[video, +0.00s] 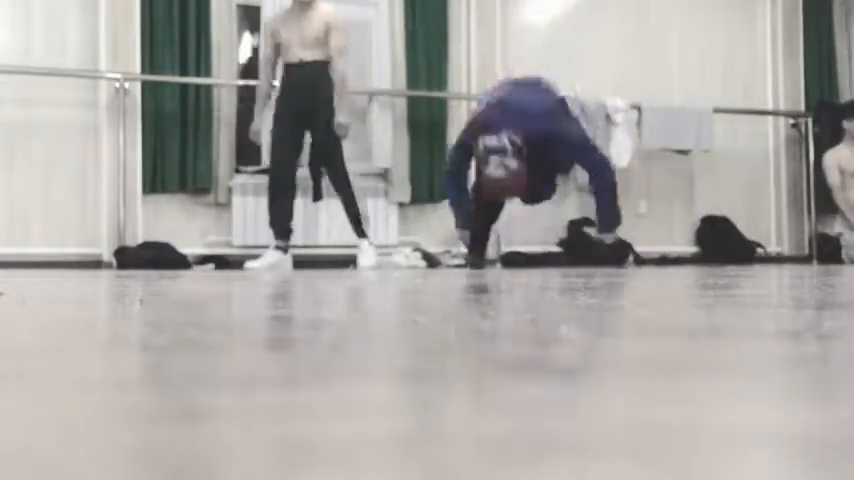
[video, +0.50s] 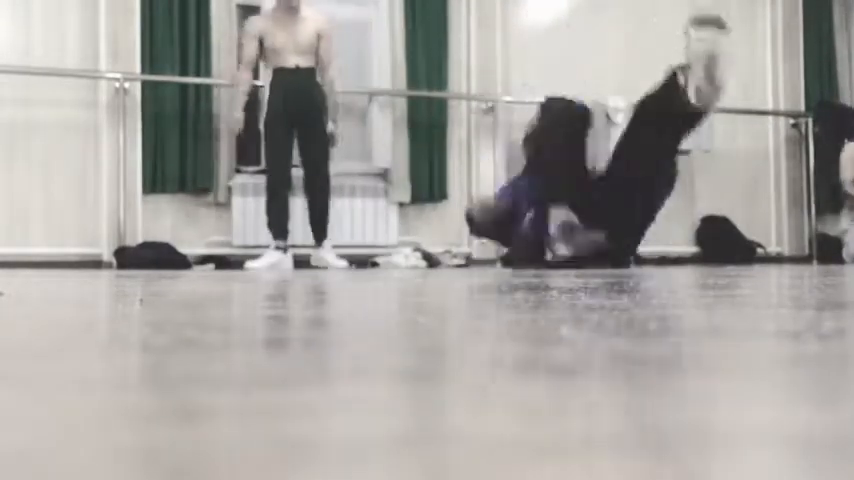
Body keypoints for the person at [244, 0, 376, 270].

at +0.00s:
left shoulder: (327, 17)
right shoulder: (275, 23)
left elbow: (339, 65)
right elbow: (266, 75)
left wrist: (343, 110)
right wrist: (258, 117)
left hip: (319, 82)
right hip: (290, 84)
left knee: (334, 164)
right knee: (280, 167)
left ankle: (363, 241)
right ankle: (280, 248)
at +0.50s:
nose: (292, 1)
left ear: (300, 0)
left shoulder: (318, 23)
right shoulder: (258, 24)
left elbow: (328, 71)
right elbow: (246, 69)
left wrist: (333, 118)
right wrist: (239, 112)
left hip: (311, 89)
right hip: (278, 89)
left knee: (317, 172)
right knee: (277, 173)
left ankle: (321, 247)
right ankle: (279, 248)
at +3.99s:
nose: (329, 6)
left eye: (332, 3)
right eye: (325, 1)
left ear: (332, 7)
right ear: (310, 2)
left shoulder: (337, 40)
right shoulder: (285, 29)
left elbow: (342, 84)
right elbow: (278, 75)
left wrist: (346, 126)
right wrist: (283, 119)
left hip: (328, 100)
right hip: (299, 97)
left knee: (324, 179)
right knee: (288, 177)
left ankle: (319, 250)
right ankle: (268, 248)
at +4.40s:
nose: (329, 6)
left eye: (331, 3)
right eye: (324, 1)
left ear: (331, 7)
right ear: (310, 2)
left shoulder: (336, 39)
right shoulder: (285, 31)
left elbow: (342, 84)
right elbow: (278, 77)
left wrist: (344, 127)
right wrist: (283, 120)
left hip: (328, 100)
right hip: (299, 96)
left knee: (325, 180)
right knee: (288, 178)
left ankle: (319, 250)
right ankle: (268, 248)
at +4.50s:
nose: (329, 6)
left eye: (331, 3)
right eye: (324, 1)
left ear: (330, 7)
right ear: (310, 2)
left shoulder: (336, 39)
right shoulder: (285, 31)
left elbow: (342, 84)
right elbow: (278, 77)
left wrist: (344, 127)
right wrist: (283, 120)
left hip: (328, 100)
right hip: (299, 96)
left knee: (325, 180)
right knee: (288, 177)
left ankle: (319, 250)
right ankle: (268, 248)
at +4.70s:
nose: (328, 5)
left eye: (331, 2)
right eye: (324, 0)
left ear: (331, 6)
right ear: (310, 1)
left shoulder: (336, 39)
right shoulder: (285, 31)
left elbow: (343, 83)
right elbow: (276, 77)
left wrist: (346, 123)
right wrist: (283, 115)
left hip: (328, 99)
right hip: (299, 95)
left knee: (325, 179)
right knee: (288, 177)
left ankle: (319, 250)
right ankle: (268, 248)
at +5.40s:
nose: (328, 5)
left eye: (331, 2)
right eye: (323, 1)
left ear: (332, 6)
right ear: (309, 2)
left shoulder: (336, 37)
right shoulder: (284, 30)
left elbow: (356, 76)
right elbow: (259, 68)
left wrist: (339, 78)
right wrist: (294, 73)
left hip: (328, 105)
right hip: (298, 105)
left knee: (324, 179)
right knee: (288, 177)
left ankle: (319, 251)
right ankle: (268, 249)